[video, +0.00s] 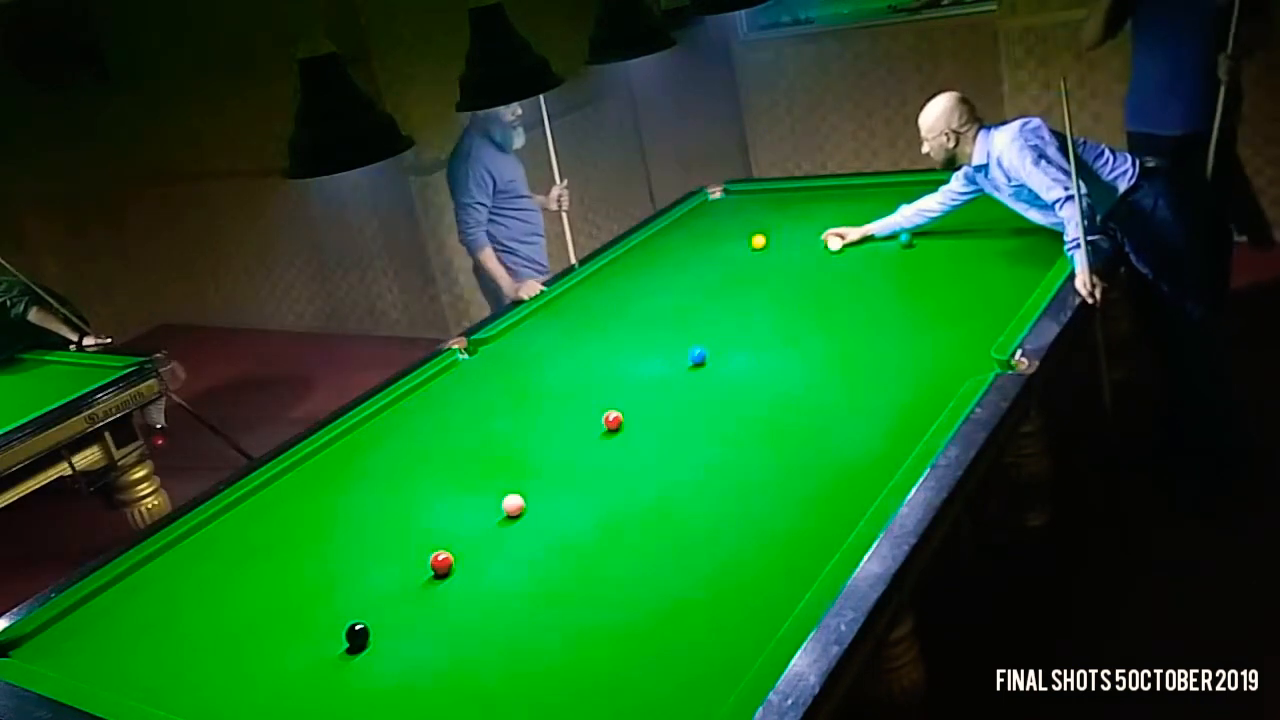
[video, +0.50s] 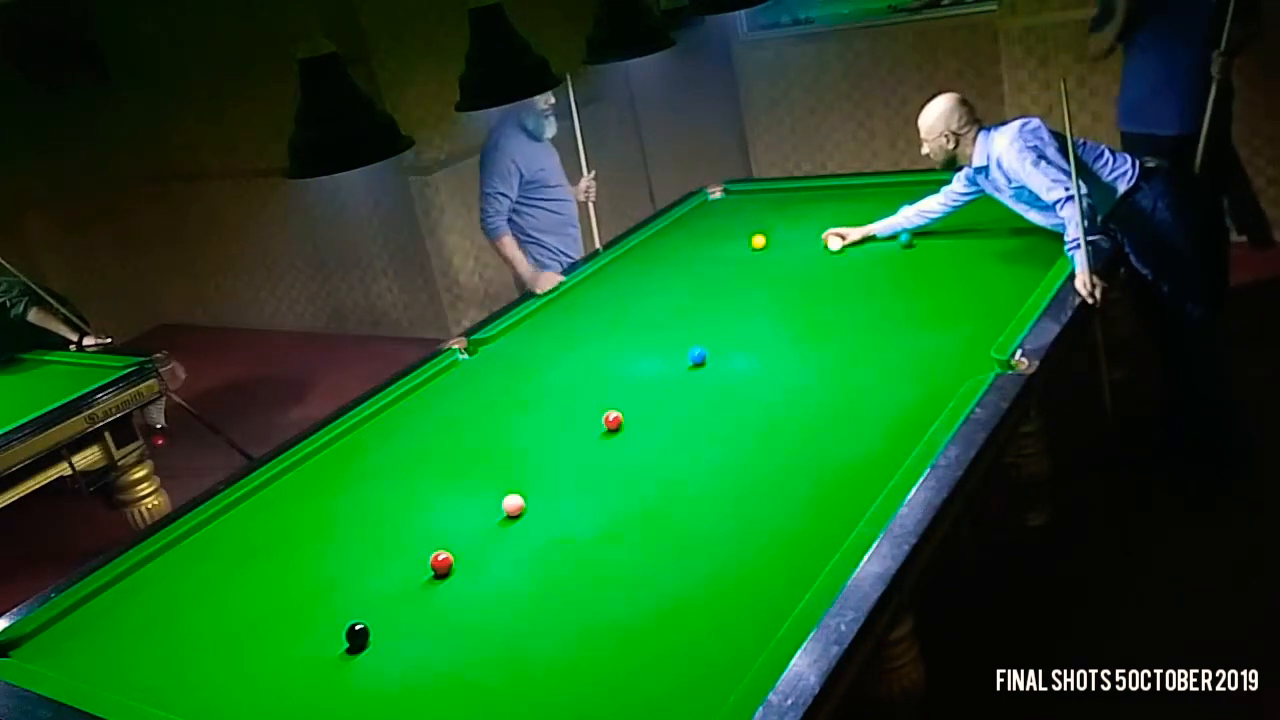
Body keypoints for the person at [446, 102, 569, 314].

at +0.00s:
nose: (518, 112)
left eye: (517, 103)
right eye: (507, 106)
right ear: (482, 112)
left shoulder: (495, 145)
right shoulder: (472, 158)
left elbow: (509, 198)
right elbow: (472, 234)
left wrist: (545, 202)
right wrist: (510, 287)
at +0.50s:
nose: (551, 101)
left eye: (550, 92)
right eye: (540, 94)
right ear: (517, 102)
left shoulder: (532, 136)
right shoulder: (505, 146)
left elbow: (537, 195)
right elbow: (493, 221)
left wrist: (574, 193)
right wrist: (530, 275)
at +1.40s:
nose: (715, 134)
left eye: (717, 124)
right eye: (707, 125)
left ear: (687, 122)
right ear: (680, 123)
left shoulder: (664, 132)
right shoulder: (666, 160)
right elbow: (721, 215)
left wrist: (697, 189)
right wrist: (792, 237)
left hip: (627, 230)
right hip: (587, 241)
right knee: (578, 319)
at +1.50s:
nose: (717, 137)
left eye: (719, 128)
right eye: (709, 128)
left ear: (685, 123)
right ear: (682, 123)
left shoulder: (667, 134)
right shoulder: (665, 160)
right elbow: (707, 222)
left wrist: (694, 191)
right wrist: (774, 241)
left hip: (621, 232)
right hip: (586, 240)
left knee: (610, 311)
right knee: (576, 319)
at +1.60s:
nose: (715, 137)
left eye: (718, 128)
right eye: (706, 129)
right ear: (680, 124)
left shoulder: (672, 139)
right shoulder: (660, 157)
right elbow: (684, 230)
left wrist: (705, 185)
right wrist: (752, 248)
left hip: (623, 231)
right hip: (588, 237)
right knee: (578, 317)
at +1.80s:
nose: (713, 137)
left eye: (715, 128)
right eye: (704, 129)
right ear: (677, 125)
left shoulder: (662, 136)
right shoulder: (658, 159)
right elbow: (674, 231)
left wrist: (699, 193)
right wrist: (740, 252)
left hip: (620, 230)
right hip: (587, 237)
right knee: (578, 316)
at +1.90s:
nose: (713, 138)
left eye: (715, 128)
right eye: (704, 129)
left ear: (679, 125)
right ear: (678, 126)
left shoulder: (664, 137)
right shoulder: (659, 161)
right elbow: (684, 231)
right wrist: (751, 249)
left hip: (618, 230)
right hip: (587, 237)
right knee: (578, 316)